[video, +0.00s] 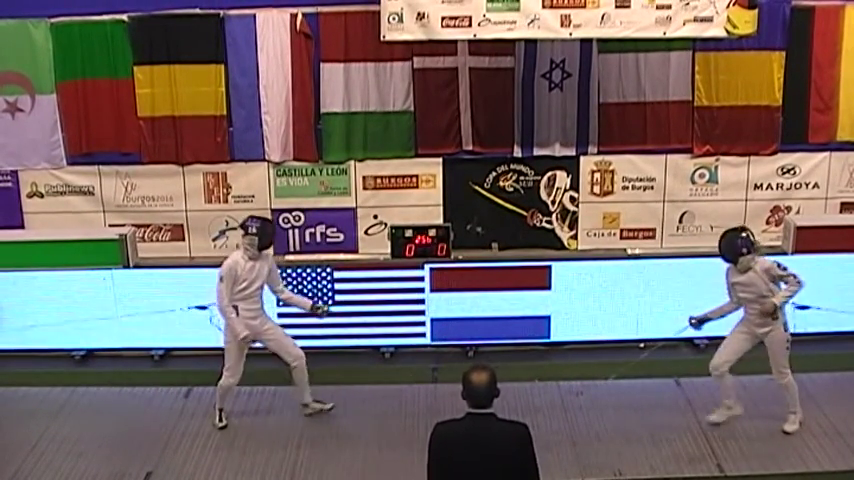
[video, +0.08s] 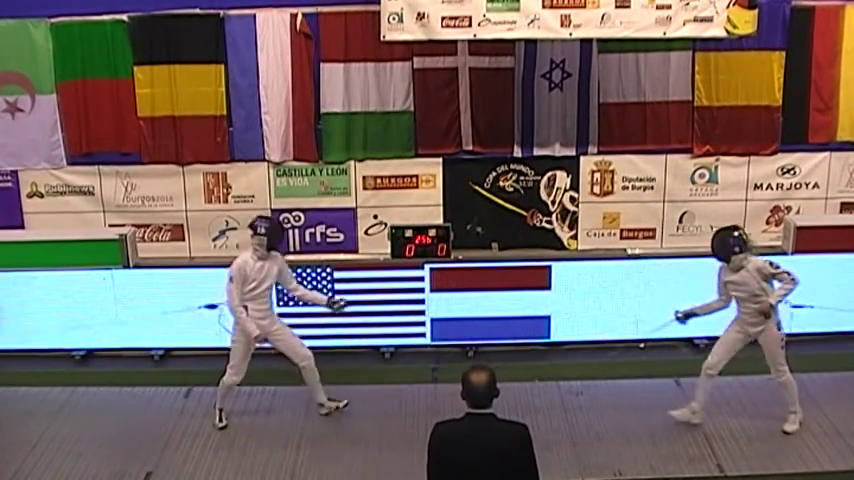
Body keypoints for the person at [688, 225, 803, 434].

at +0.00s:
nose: (744, 264)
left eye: (747, 258)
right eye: (740, 260)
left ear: (751, 253)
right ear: (734, 259)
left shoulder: (766, 267)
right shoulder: (732, 273)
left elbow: (795, 283)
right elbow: (735, 302)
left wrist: (776, 301)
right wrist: (705, 318)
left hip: (774, 327)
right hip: (748, 325)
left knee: (782, 375)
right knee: (718, 366)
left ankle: (795, 414)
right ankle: (731, 406)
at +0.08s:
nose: (737, 263)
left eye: (738, 258)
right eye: (733, 259)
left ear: (742, 252)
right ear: (727, 257)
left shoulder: (758, 266)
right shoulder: (724, 272)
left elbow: (790, 281)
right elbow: (723, 301)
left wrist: (772, 300)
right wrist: (692, 313)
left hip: (767, 325)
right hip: (741, 325)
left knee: (781, 373)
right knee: (710, 366)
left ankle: (795, 414)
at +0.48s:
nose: (686, 261)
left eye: (689, 257)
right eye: (684, 258)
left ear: (699, 249)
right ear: (683, 255)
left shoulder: (719, 263)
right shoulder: (681, 269)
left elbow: (744, 283)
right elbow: (664, 295)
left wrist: (724, 299)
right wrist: (631, 293)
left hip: (724, 325)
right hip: (698, 324)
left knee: (740, 377)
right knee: (672, 370)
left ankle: (764, 409)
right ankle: (664, 414)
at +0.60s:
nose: (685, 266)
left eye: (687, 261)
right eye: (683, 262)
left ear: (698, 253)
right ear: (682, 258)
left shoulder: (718, 268)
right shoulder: (680, 271)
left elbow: (739, 288)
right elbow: (657, 295)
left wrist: (722, 304)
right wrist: (624, 293)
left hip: (717, 330)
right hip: (690, 327)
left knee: (728, 384)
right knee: (666, 374)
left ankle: (755, 411)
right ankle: (663, 414)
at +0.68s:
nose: (686, 271)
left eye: (688, 266)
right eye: (685, 267)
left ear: (700, 259)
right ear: (685, 263)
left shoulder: (718, 273)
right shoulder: (681, 275)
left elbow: (740, 294)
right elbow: (658, 299)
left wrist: (721, 310)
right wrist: (626, 294)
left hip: (716, 335)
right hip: (689, 332)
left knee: (724, 389)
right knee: (664, 376)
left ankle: (753, 414)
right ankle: (663, 416)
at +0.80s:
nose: (694, 265)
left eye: (696, 260)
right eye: (691, 262)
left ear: (706, 251)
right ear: (692, 257)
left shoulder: (727, 264)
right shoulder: (689, 271)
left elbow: (750, 282)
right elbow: (670, 297)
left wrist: (734, 299)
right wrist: (638, 294)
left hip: (729, 328)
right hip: (702, 328)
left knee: (736, 379)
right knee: (676, 372)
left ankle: (759, 416)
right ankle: (664, 414)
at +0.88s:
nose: (701, 263)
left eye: (703, 258)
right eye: (698, 259)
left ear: (714, 249)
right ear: (697, 255)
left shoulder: (733, 258)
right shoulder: (696, 268)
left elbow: (758, 273)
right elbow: (678, 296)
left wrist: (745, 292)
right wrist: (644, 296)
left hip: (740, 321)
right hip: (712, 322)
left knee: (754, 376)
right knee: (686, 369)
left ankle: (769, 415)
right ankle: (672, 414)